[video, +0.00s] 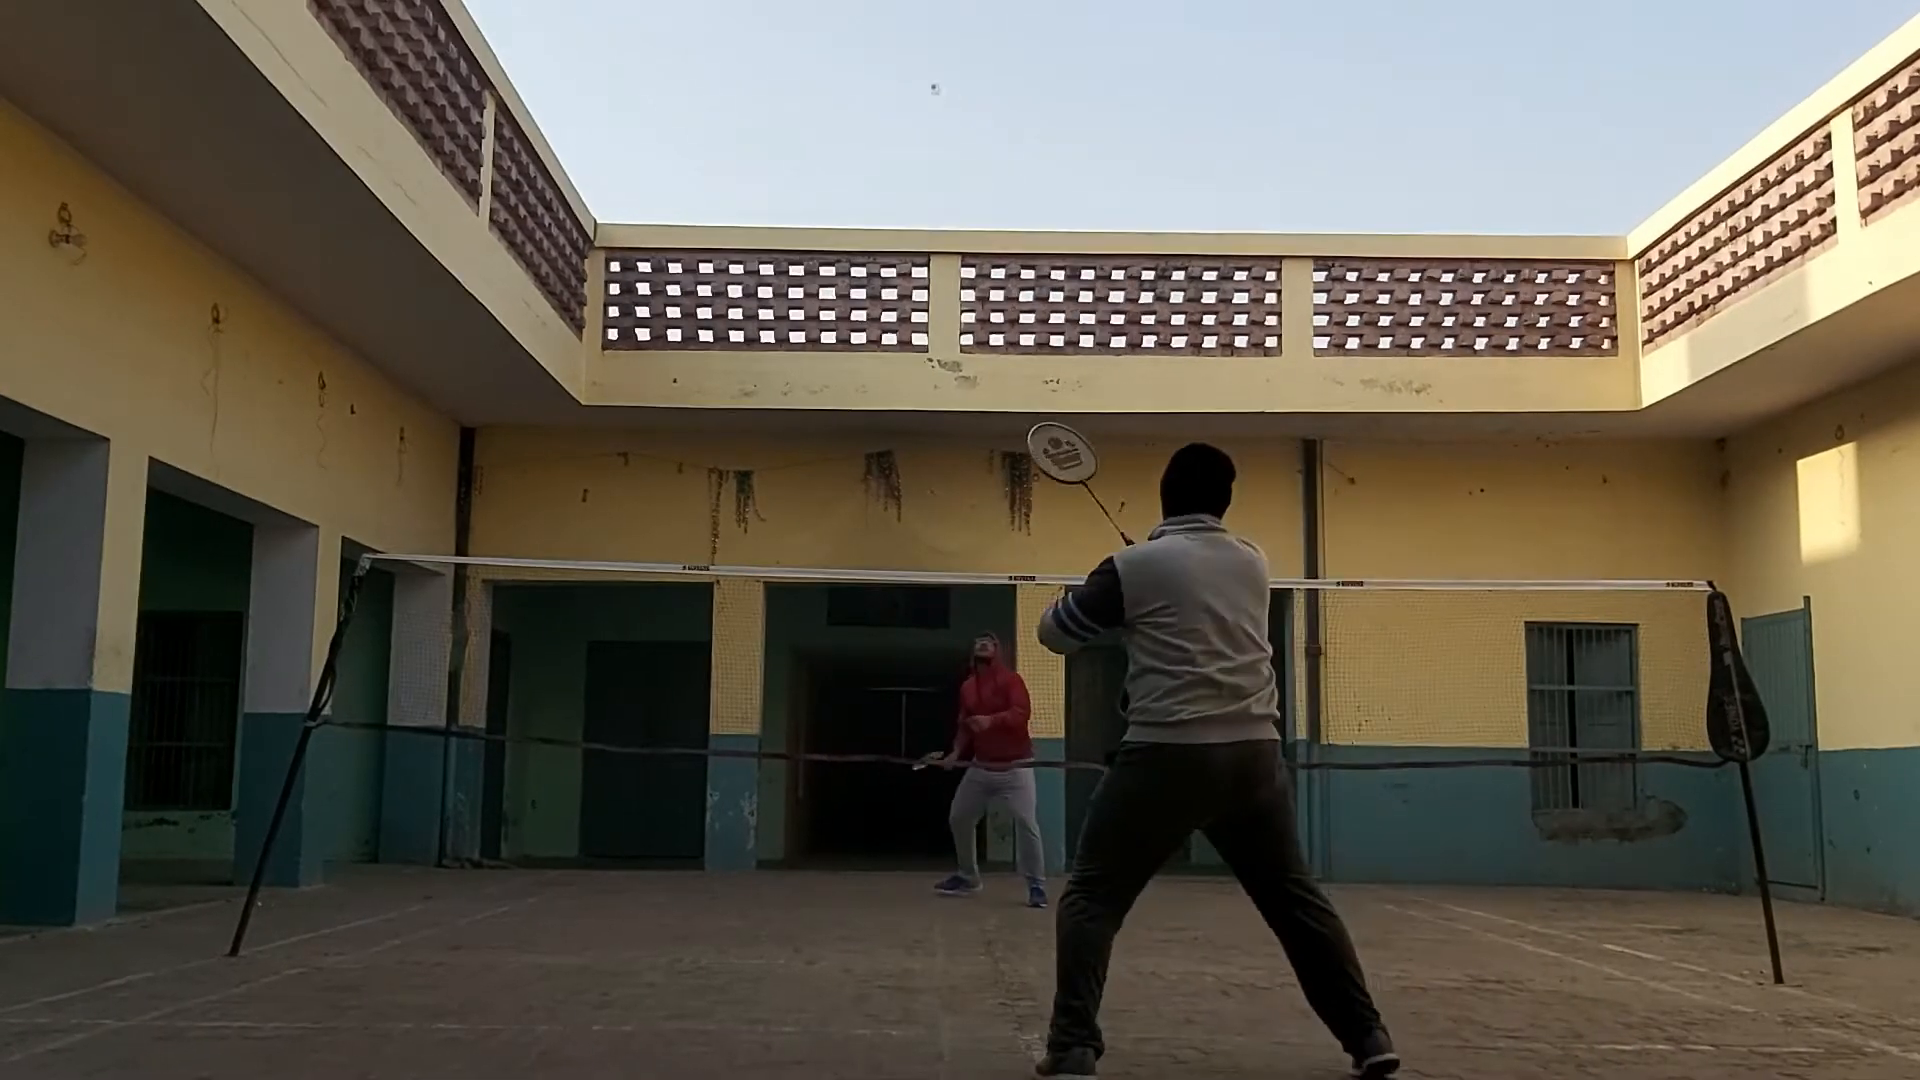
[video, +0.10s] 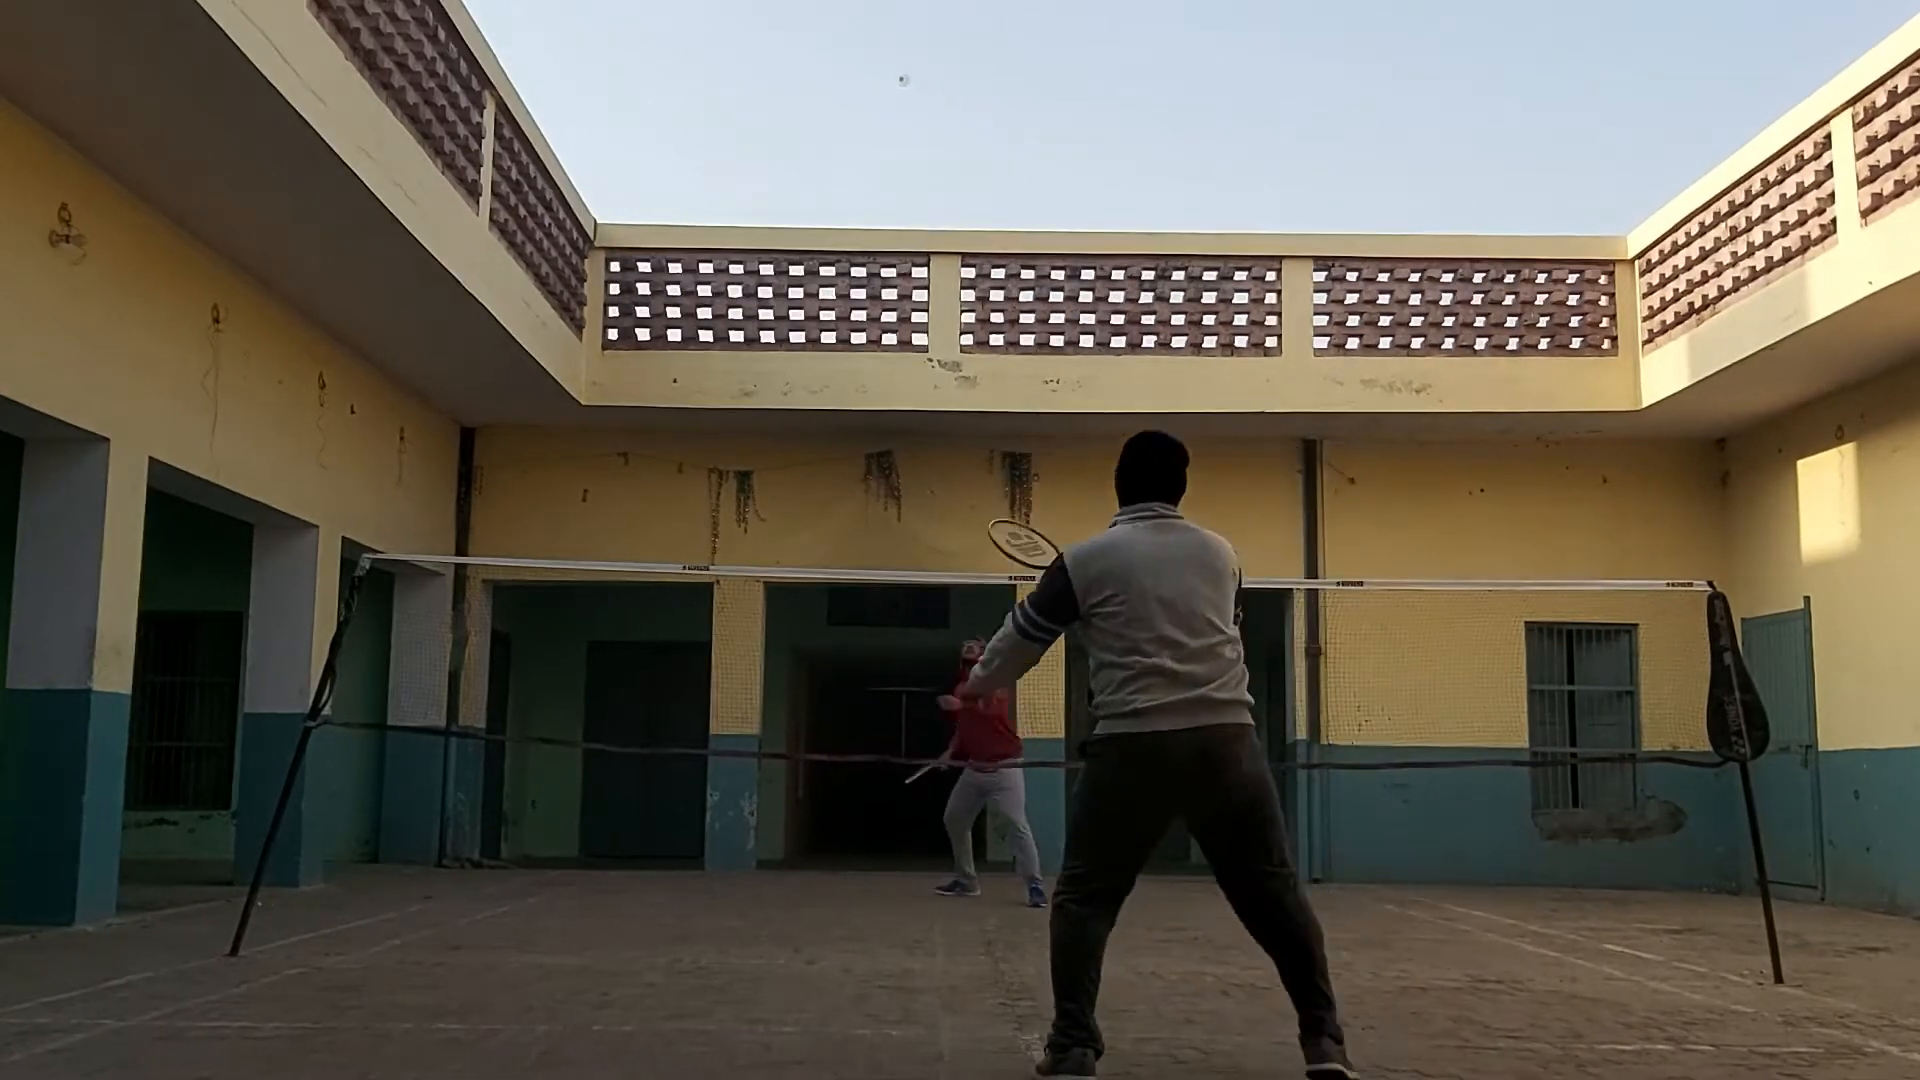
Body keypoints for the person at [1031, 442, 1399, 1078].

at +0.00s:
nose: (1164, 502)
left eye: (1165, 492)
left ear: (1164, 498)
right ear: (1226, 502)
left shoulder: (1136, 566)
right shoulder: (1253, 562)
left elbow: (1056, 630)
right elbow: (1197, 600)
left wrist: (1090, 589)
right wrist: (1149, 559)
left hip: (1162, 757)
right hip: (1253, 756)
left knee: (1093, 896)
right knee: (1293, 893)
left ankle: (1072, 1047)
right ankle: (1368, 1039)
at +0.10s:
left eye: (1125, 479)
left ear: (1117, 487)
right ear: (1183, 489)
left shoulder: (1083, 561)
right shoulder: (1220, 553)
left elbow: (1020, 643)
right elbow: (1209, 629)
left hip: (1131, 751)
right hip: (1228, 746)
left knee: (1086, 894)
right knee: (1272, 885)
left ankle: (1073, 1043)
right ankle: (1324, 1040)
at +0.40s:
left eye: (1061, 457)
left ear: (1061, 462)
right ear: (1128, 461)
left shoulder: (1051, 523)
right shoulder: (1179, 526)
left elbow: (1038, 603)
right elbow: (1211, 631)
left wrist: (1019, 685)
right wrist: (1178, 690)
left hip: (1079, 721)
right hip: (1172, 719)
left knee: (1077, 881)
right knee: (1159, 897)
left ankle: (1071, 1042)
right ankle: (1133, 1062)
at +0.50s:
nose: (1057, 474)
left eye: (1055, 463)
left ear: (1057, 466)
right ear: (1122, 466)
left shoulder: (1045, 516)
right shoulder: (1171, 535)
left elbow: (1046, 590)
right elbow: (1210, 646)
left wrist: (1048, 661)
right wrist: (1173, 716)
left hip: (1052, 723)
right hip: (1148, 726)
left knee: (1042, 897)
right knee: (1140, 908)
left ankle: (1047, 1049)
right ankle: (1122, 1064)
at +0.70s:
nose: (1020, 453)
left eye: (1021, 444)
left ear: (1024, 448)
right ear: (1093, 450)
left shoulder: (1000, 502)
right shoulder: (1147, 520)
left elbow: (969, 590)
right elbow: (1187, 620)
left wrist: (929, 696)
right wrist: (1150, 715)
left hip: (1008, 705)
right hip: (1113, 710)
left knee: (948, 885)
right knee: (1114, 902)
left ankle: (925, 1059)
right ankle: (1122, 1067)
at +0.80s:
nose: (997, 458)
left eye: (995, 449)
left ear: (1000, 453)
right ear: (1069, 454)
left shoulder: (966, 514)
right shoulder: (1122, 523)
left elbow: (907, 620)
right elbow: (1167, 623)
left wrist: (856, 725)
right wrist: (1136, 725)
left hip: (979, 719)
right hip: (1089, 724)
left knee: (912, 890)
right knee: (1103, 909)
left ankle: (856, 1064)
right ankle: (1119, 1068)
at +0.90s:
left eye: (971, 458)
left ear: (968, 461)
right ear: (1039, 463)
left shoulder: (925, 527)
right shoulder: (1086, 537)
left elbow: (861, 639)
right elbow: (1135, 640)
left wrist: (825, 732)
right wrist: (1116, 736)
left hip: (942, 726)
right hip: (1055, 734)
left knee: (886, 907)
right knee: (1077, 901)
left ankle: (839, 1068)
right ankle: (1111, 1065)